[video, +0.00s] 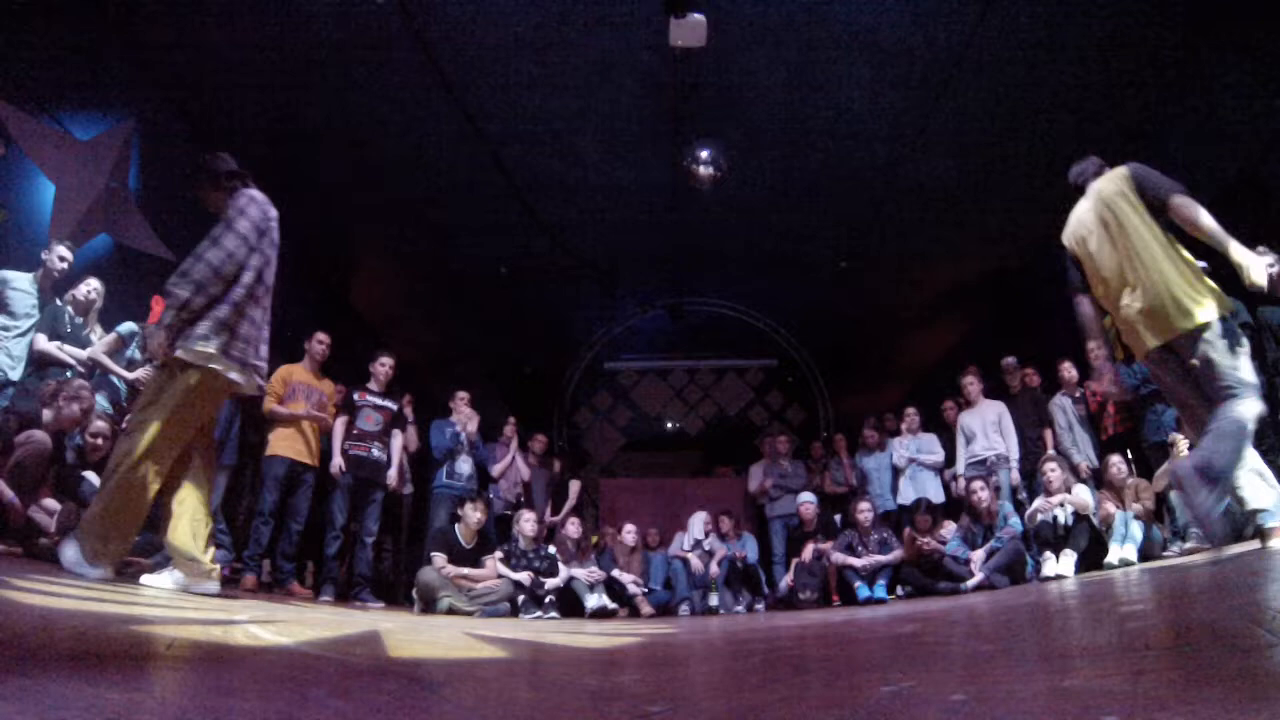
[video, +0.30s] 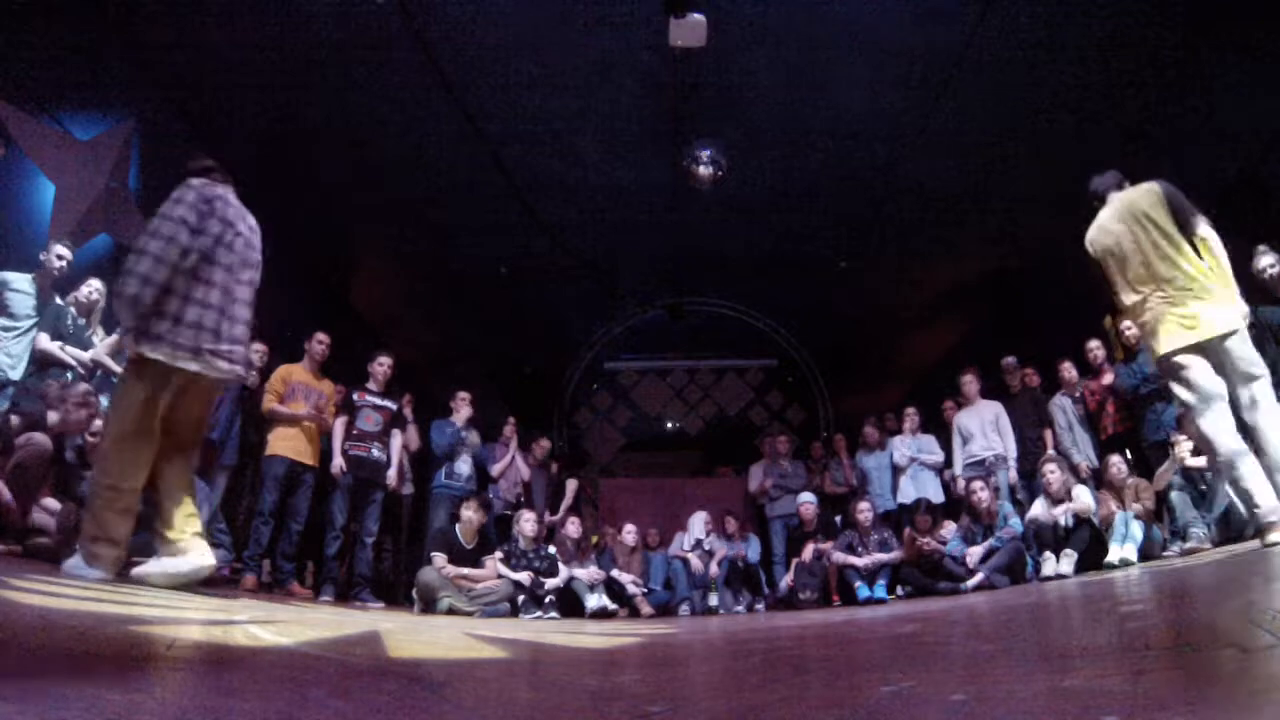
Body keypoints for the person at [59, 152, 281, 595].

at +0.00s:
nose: (205, 205)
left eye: (205, 196)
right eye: (203, 198)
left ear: (217, 185)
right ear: (234, 180)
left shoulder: (253, 205)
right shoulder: (253, 214)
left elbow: (218, 264)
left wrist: (167, 321)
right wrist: (169, 328)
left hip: (210, 349)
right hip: (220, 353)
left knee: (145, 446)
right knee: (192, 457)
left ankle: (94, 553)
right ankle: (194, 568)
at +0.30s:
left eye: (182, 178)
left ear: (192, 173)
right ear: (227, 178)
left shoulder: (195, 196)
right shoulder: (250, 223)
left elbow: (150, 262)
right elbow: (234, 298)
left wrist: (128, 321)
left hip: (170, 345)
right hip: (220, 357)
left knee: (126, 447)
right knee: (177, 448)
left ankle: (99, 556)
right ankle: (185, 546)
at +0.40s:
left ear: (187, 177)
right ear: (225, 187)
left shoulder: (177, 195)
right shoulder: (249, 226)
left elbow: (129, 261)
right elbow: (249, 297)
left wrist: (101, 328)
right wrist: (231, 352)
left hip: (157, 343)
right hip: (217, 356)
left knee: (119, 446)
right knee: (177, 448)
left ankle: (98, 557)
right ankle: (184, 539)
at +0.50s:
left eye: (185, 180)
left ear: (188, 178)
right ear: (226, 188)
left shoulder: (172, 195)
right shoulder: (250, 225)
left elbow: (125, 262)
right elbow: (248, 302)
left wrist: (100, 325)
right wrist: (231, 362)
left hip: (151, 333)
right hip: (213, 348)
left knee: (118, 443)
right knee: (180, 445)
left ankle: (98, 557)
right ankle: (185, 537)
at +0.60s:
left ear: (194, 179)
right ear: (230, 189)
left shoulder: (164, 197)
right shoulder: (251, 221)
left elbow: (122, 269)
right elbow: (249, 298)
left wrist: (100, 334)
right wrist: (238, 365)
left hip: (151, 330)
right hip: (215, 343)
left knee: (118, 441)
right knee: (188, 442)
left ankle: (97, 556)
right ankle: (187, 536)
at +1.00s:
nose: (269, 222)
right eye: (270, 215)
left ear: (240, 193)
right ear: (268, 206)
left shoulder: (189, 209)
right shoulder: (263, 219)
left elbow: (150, 266)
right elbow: (254, 279)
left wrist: (134, 326)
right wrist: (238, 345)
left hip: (151, 321)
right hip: (207, 334)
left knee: (121, 437)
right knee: (189, 447)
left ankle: (96, 557)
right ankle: (173, 565)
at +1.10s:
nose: (280, 231)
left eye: (280, 226)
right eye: (281, 225)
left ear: (253, 199)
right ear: (277, 214)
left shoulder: (199, 213)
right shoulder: (270, 224)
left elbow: (161, 270)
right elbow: (258, 284)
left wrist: (134, 331)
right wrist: (240, 350)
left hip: (151, 329)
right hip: (208, 340)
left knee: (127, 442)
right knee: (191, 455)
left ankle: (94, 558)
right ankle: (173, 567)